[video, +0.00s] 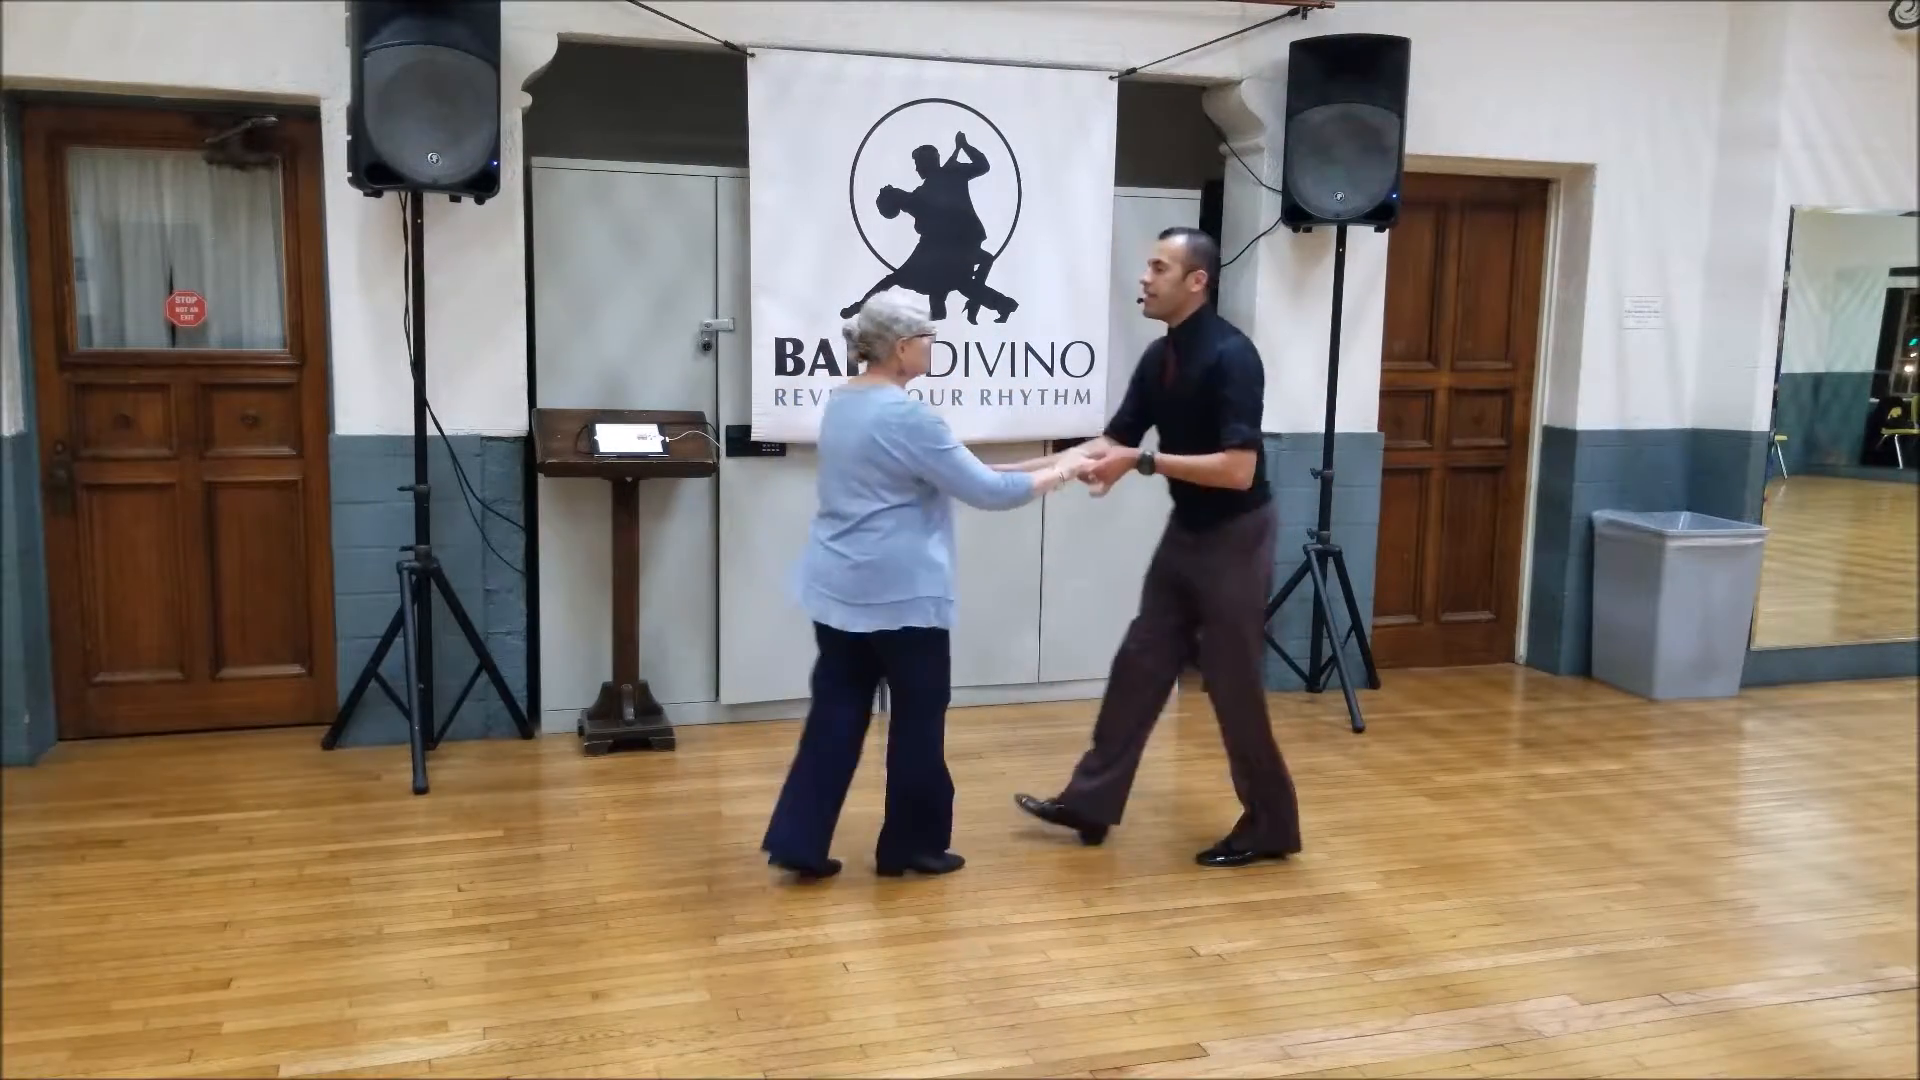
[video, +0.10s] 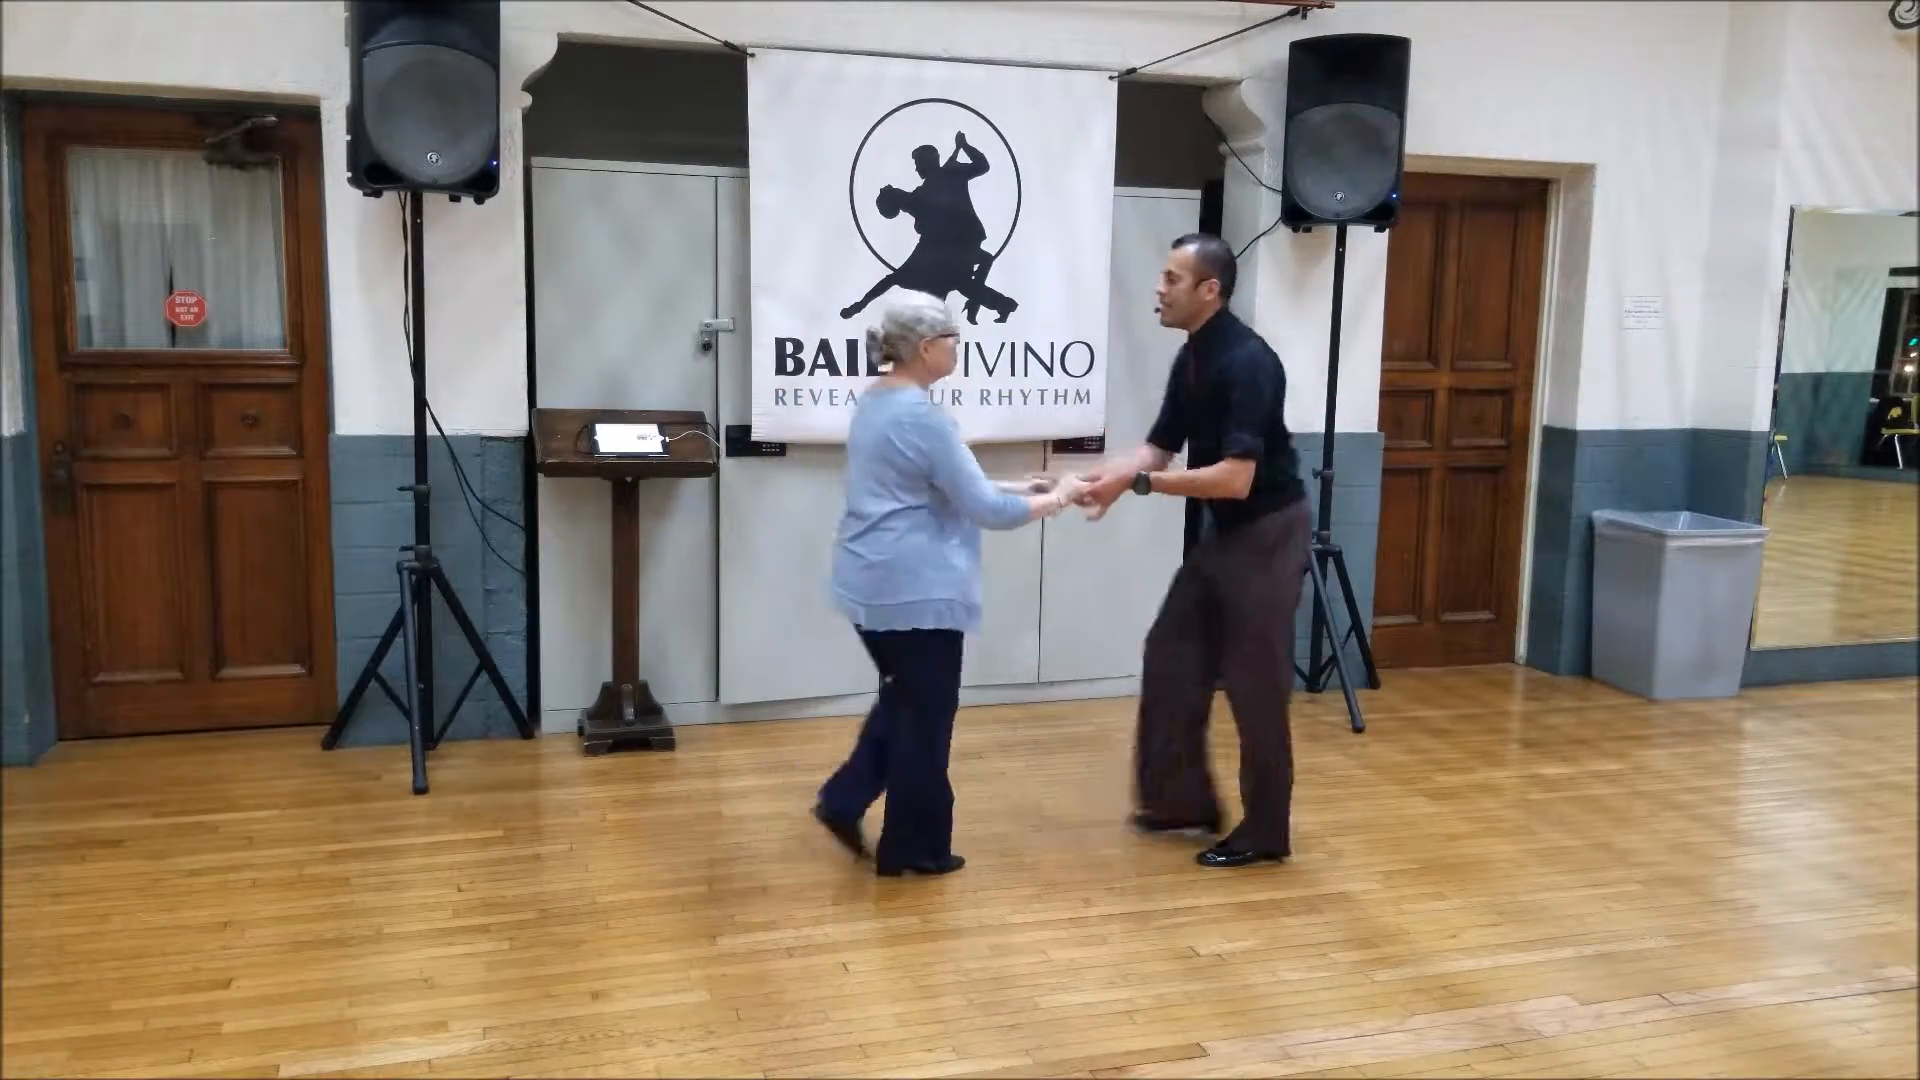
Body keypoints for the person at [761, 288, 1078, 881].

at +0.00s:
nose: (932, 350)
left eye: (930, 340)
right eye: (926, 341)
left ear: (879, 347)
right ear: (900, 349)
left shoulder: (839, 405)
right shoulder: (909, 419)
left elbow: (954, 471)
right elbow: (986, 490)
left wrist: (1043, 466)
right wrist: (1059, 473)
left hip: (838, 590)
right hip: (905, 595)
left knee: (835, 716)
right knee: (919, 723)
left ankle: (797, 844)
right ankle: (910, 846)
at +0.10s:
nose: (956, 352)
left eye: (955, 341)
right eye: (950, 342)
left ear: (909, 347)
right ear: (921, 347)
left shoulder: (873, 406)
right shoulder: (923, 418)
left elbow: (947, 487)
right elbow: (983, 505)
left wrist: (1021, 488)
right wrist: (1051, 503)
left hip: (872, 583)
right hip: (920, 589)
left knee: (903, 699)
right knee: (926, 719)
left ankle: (842, 801)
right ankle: (915, 846)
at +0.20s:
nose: (970, 349)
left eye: (968, 339)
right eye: (962, 340)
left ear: (929, 347)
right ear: (933, 347)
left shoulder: (900, 407)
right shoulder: (923, 415)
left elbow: (973, 481)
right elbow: (974, 510)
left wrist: (1041, 482)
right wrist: (1050, 504)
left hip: (900, 572)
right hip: (922, 578)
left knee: (945, 689)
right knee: (938, 699)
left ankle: (886, 795)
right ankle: (914, 846)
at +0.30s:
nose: (991, 344)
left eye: (989, 334)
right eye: (983, 335)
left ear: (953, 344)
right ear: (953, 343)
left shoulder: (949, 406)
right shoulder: (924, 409)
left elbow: (1000, 464)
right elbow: (968, 510)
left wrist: (1085, 460)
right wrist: (1047, 505)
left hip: (956, 581)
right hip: (920, 582)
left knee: (978, 691)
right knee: (931, 706)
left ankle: (972, 820)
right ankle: (904, 845)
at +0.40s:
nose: (1007, 340)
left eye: (1004, 331)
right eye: (997, 332)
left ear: (970, 345)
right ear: (965, 343)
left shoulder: (987, 409)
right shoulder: (931, 410)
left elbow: (1039, 454)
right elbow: (967, 510)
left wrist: (1119, 454)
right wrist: (1048, 508)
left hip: (978, 594)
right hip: (927, 594)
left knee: (1000, 715)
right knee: (921, 723)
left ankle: (1014, 825)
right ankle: (906, 842)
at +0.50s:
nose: (1025, 346)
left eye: (1022, 336)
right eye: (1014, 338)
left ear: (994, 348)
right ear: (980, 348)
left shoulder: (1005, 409)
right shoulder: (945, 417)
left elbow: (1054, 460)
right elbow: (977, 516)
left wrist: (1134, 461)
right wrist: (1061, 509)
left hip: (1005, 590)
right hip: (948, 592)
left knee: (1019, 716)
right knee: (942, 719)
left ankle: (1016, 832)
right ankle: (908, 833)